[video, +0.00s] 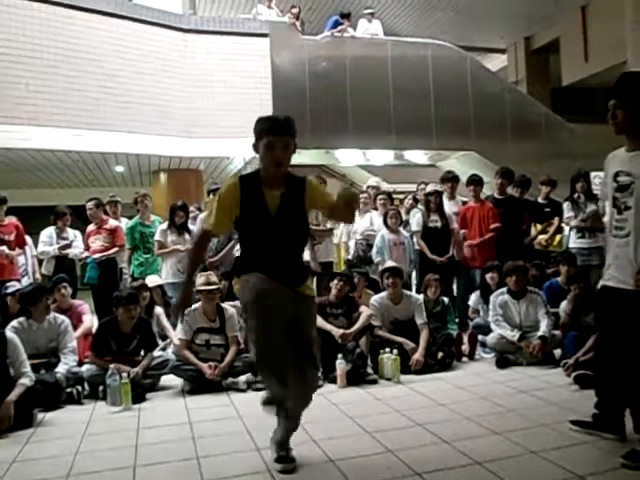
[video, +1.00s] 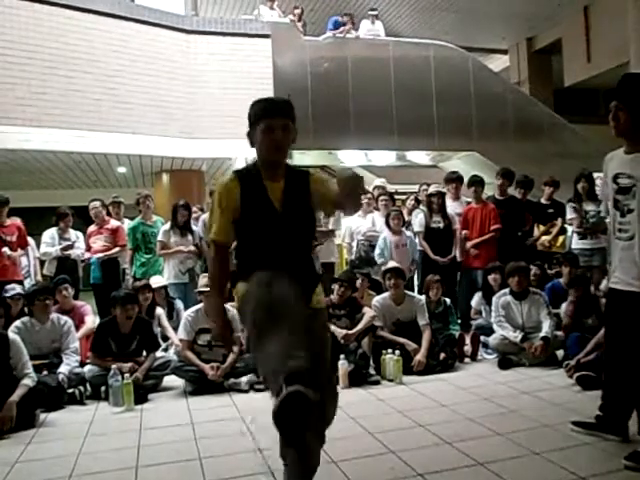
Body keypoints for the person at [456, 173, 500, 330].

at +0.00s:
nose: (472, 190)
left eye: (475, 187)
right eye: (470, 187)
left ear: (481, 188)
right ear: (466, 189)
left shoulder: (489, 207)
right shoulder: (464, 209)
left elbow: (495, 229)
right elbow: (462, 229)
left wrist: (476, 242)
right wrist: (465, 245)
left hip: (484, 258)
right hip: (468, 258)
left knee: (485, 292)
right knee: (465, 293)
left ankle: (486, 321)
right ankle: (464, 323)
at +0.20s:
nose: (475, 191)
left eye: (478, 188)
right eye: (472, 188)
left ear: (483, 189)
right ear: (469, 190)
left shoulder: (491, 208)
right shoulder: (467, 210)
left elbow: (496, 231)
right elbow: (463, 230)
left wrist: (475, 238)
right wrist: (467, 246)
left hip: (486, 258)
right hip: (470, 258)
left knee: (486, 293)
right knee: (468, 293)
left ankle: (487, 321)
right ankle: (467, 323)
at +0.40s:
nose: (475, 190)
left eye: (478, 187)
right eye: (472, 187)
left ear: (483, 189)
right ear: (468, 190)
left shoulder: (491, 208)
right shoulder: (466, 211)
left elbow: (496, 230)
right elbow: (464, 230)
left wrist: (475, 240)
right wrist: (468, 246)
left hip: (486, 258)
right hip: (470, 258)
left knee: (486, 293)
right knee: (466, 294)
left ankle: (487, 322)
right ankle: (465, 324)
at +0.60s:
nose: (474, 191)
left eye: (477, 188)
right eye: (471, 188)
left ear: (483, 189)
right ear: (468, 190)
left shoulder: (490, 208)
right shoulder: (466, 210)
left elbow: (496, 230)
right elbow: (464, 230)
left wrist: (473, 242)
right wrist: (469, 247)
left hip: (485, 258)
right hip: (470, 258)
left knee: (485, 294)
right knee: (466, 294)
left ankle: (486, 322)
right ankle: (465, 325)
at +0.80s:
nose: (474, 191)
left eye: (477, 187)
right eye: (471, 188)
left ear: (482, 189)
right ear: (468, 190)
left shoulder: (490, 209)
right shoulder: (466, 211)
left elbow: (496, 230)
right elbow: (463, 231)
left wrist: (473, 242)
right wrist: (469, 247)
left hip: (485, 258)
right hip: (469, 258)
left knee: (484, 293)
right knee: (466, 293)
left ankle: (485, 321)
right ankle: (465, 323)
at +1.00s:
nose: (473, 191)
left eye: (476, 187)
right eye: (471, 187)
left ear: (482, 189)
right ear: (468, 190)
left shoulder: (490, 208)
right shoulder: (467, 210)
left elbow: (495, 230)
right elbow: (463, 230)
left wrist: (473, 242)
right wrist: (467, 245)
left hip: (485, 258)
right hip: (469, 258)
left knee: (485, 293)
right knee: (466, 294)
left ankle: (486, 322)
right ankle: (466, 324)